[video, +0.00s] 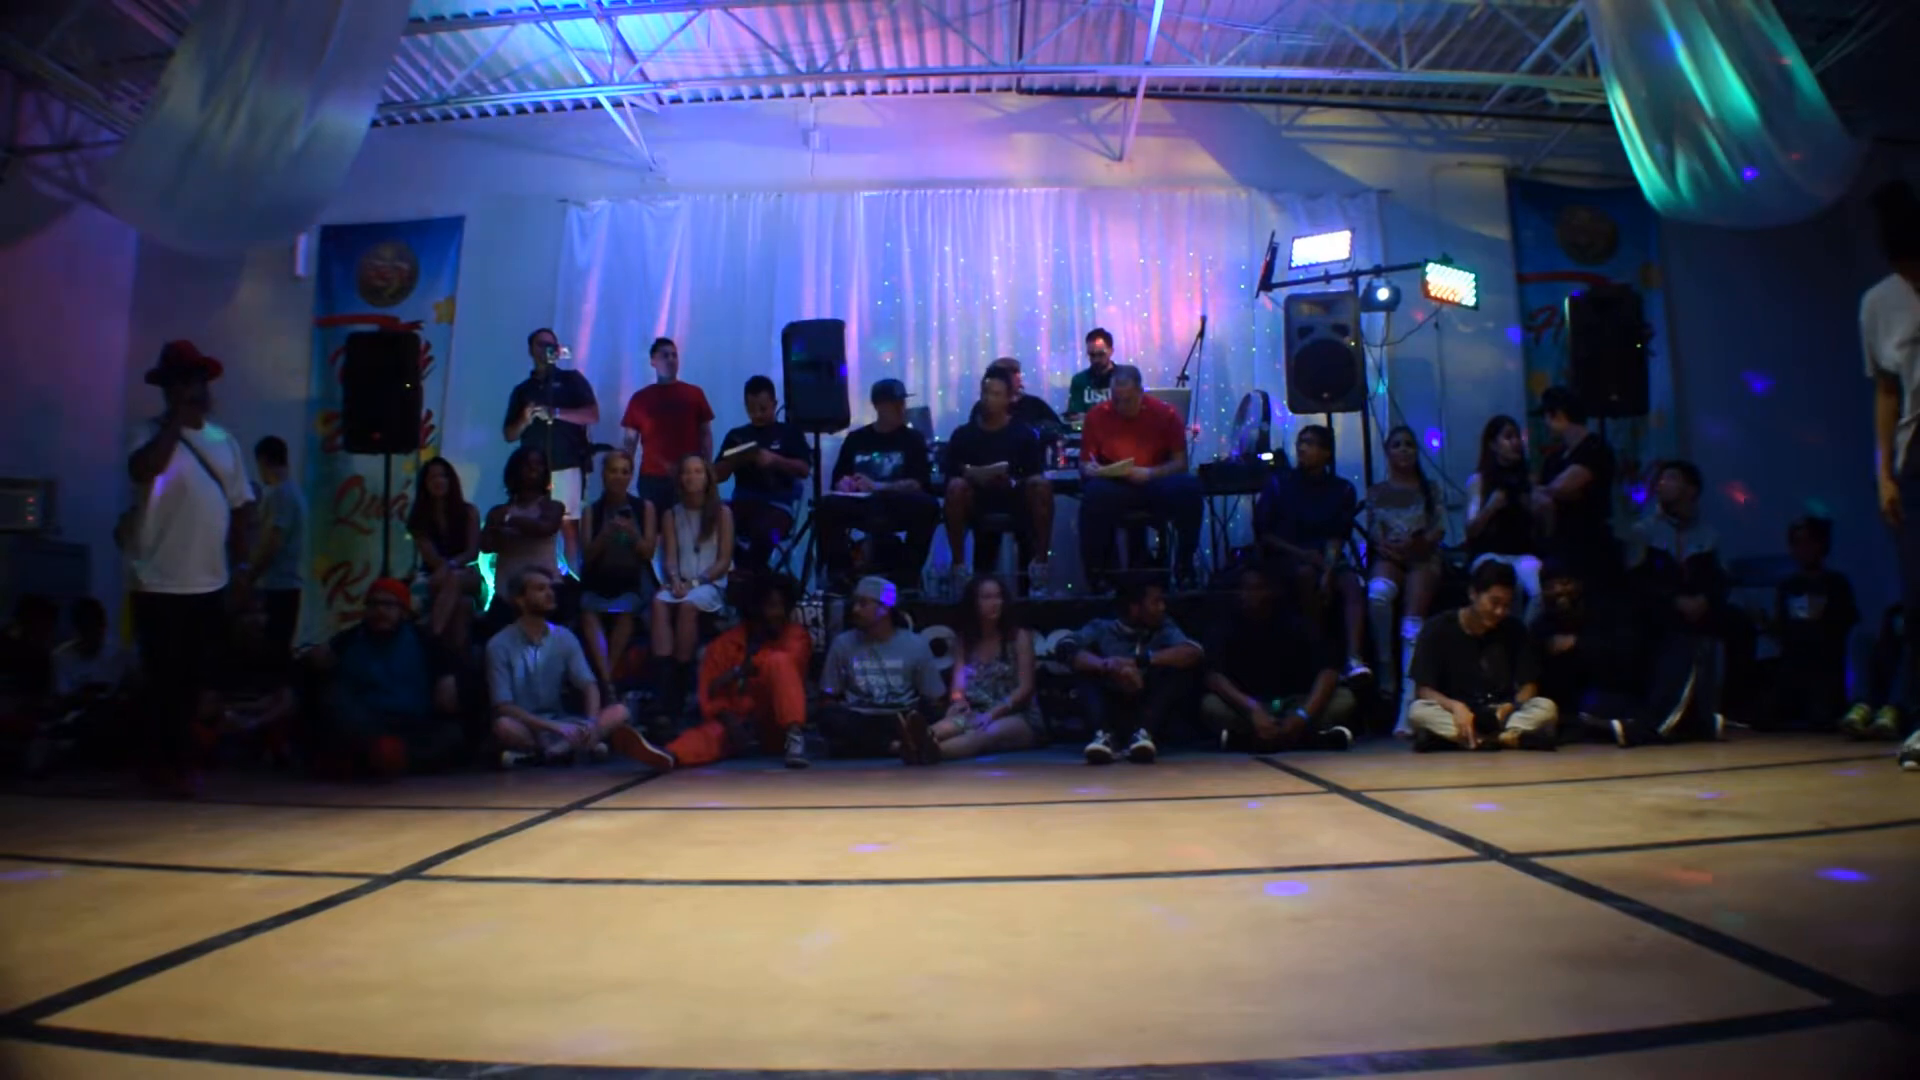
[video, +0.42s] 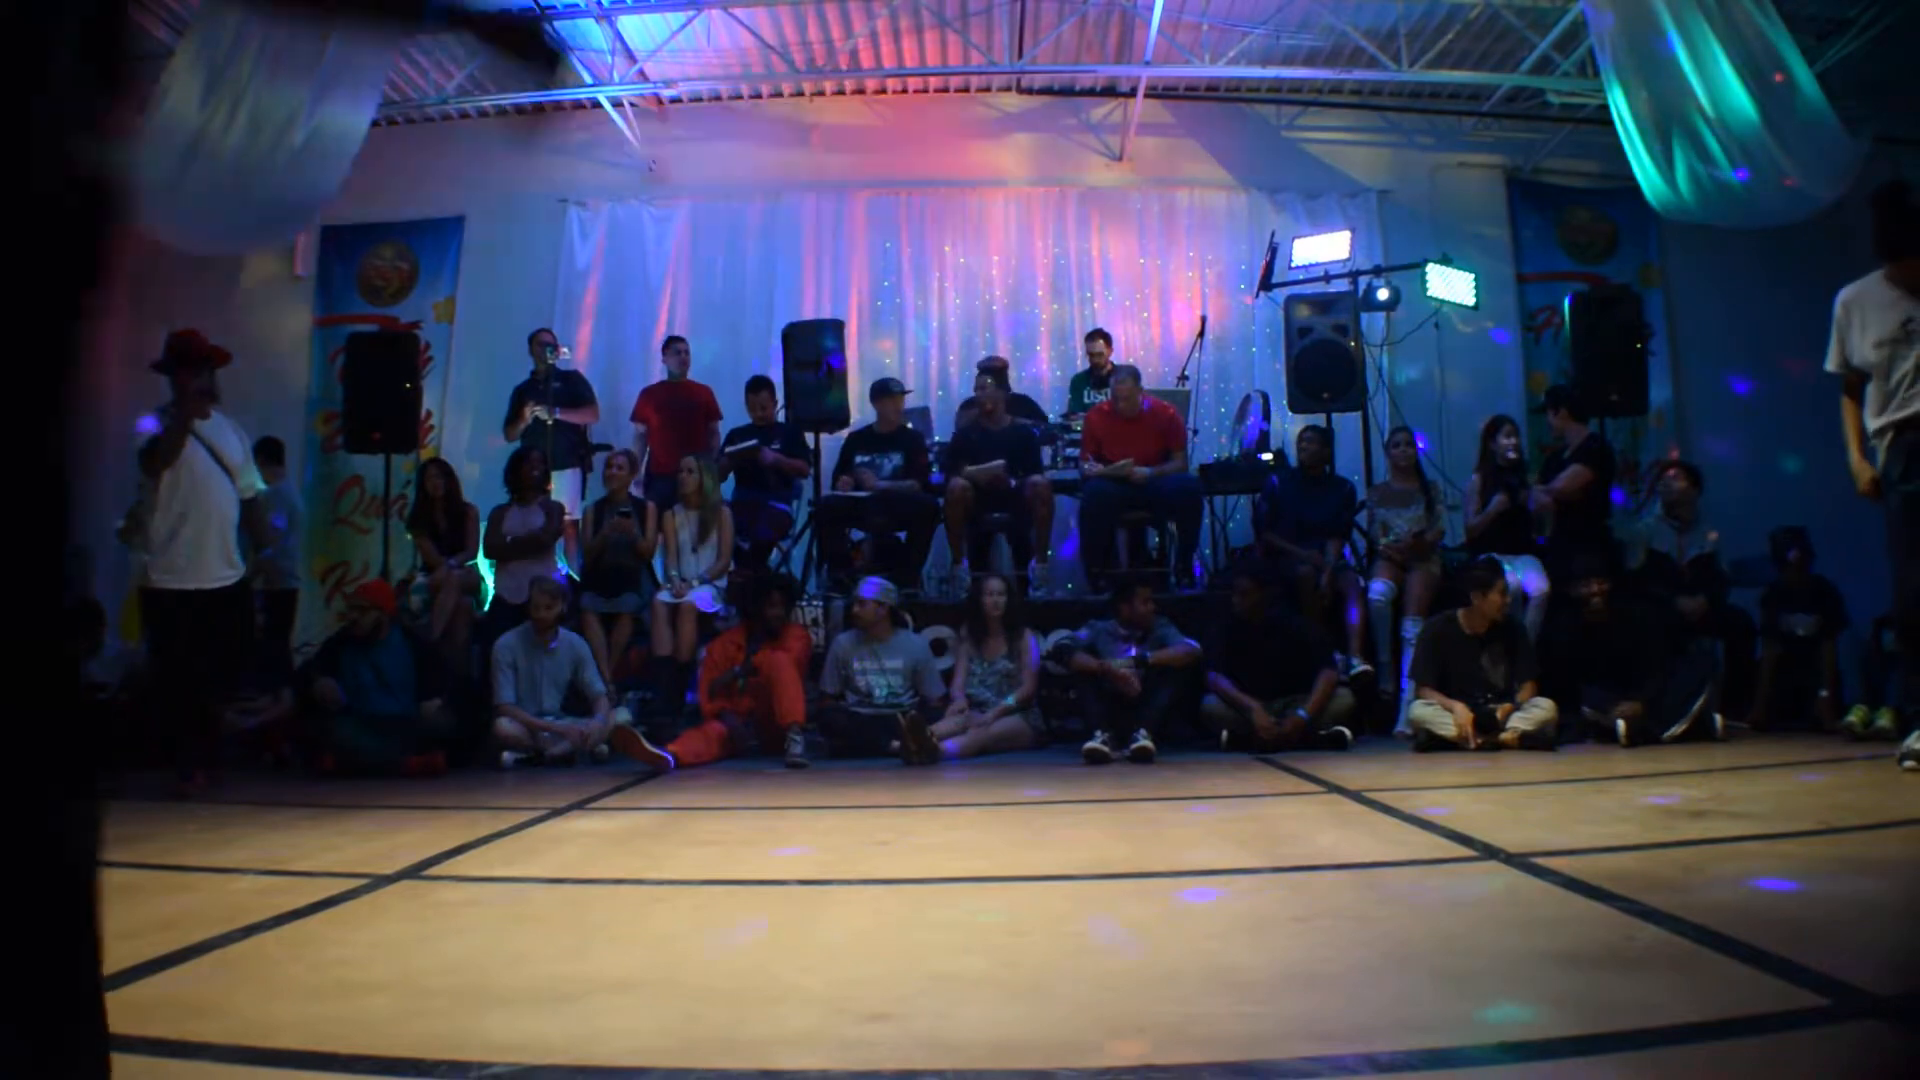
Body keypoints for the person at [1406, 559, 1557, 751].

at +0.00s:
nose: (1500, 612)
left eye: (1506, 606)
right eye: (1494, 603)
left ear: (1511, 605)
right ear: (1473, 595)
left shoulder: (1513, 631)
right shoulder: (1438, 629)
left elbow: (1529, 686)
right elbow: (1423, 690)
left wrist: (1511, 706)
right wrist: (1456, 707)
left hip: (1501, 705)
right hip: (1457, 707)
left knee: (1546, 707)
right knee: (1418, 711)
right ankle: (1506, 740)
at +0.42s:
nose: (1507, 601)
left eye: (1507, 594)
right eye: (1501, 594)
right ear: (1476, 597)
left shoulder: (1512, 628)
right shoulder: (1438, 629)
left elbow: (1528, 686)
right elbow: (1423, 689)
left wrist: (1511, 706)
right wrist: (1456, 707)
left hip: (1500, 706)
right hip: (1456, 708)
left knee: (1546, 708)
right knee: (1418, 711)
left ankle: (1470, 742)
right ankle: (1504, 740)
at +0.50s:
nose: (1507, 600)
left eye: (1506, 594)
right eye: (1501, 593)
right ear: (1476, 597)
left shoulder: (1512, 629)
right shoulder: (1437, 629)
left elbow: (1528, 685)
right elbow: (1423, 689)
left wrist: (1512, 706)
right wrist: (1456, 707)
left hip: (1500, 706)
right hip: (1456, 709)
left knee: (1546, 708)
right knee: (1418, 711)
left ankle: (1469, 742)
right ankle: (1504, 740)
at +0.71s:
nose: (1506, 600)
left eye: (1506, 593)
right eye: (1501, 592)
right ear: (1477, 597)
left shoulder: (1511, 629)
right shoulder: (1437, 629)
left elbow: (1528, 684)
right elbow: (1423, 689)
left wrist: (1511, 707)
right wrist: (1456, 708)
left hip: (1500, 706)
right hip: (1456, 709)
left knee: (1546, 708)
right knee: (1418, 711)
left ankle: (1463, 743)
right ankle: (1505, 740)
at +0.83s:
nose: (1507, 600)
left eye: (1508, 593)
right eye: (1501, 593)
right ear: (1475, 595)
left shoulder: (1514, 629)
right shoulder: (1440, 629)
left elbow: (1528, 684)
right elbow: (1423, 689)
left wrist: (1511, 706)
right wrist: (1456, 708)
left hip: (1500, 706)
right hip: (1456, 708)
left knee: (1546, 707)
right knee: (1418, 711)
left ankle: (1462, 743)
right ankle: (1505, 740)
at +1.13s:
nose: (1501, 596)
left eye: (1505, 588)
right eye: (1494, 587)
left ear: (1510, 592)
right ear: (1471, 591)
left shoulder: (1516, 629)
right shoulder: (1444, 628)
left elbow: (1529, 684)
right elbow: (1424, 689)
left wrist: (1508, 706)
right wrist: (1456, 708)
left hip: (1501, 706)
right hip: (1457, 706)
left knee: (1545, 707)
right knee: (1417, 711)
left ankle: (1461, 743)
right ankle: (1501, 740)